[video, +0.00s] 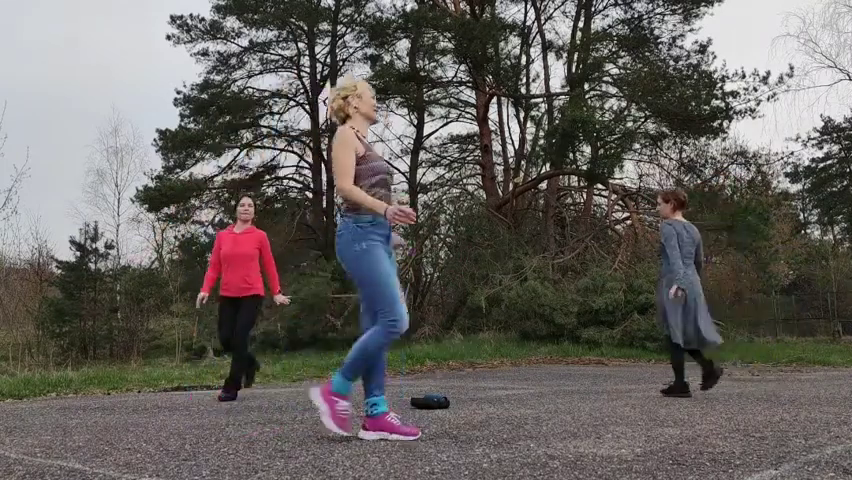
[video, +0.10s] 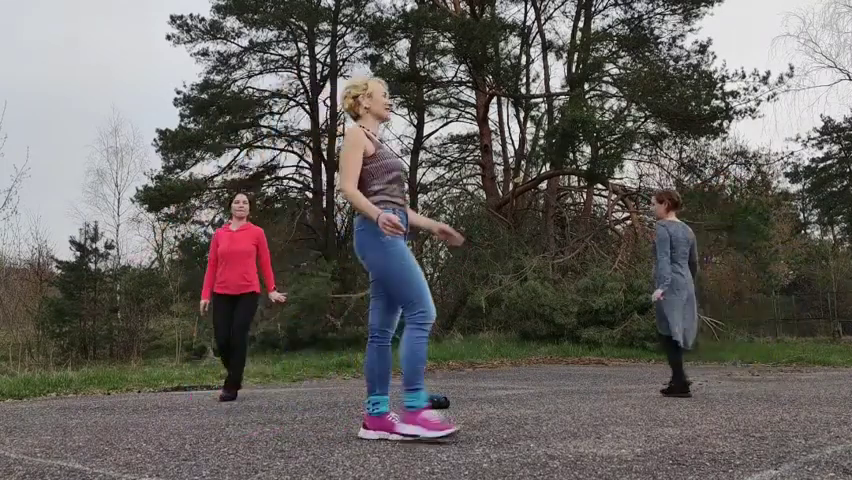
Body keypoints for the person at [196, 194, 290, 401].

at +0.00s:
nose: (246, 208)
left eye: (249, 206)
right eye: (242, 205)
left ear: (254, 211)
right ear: (236, 210)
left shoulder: (259, 235)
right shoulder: (223, 235)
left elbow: (269, 264)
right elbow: (214, 265)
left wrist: (276, 292)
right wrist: (205, 289)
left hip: (251, 294)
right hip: (228, 294)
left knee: (239, 338)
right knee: (226, 340)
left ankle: (231, 388)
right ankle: (250, 364)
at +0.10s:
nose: (240, 206)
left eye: (244, 203)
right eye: (237, 202)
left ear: (249, 208)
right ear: (230, 207)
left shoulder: (256, 232)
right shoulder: (219, 234)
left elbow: (265, 261)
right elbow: (212, 265)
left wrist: (271, 289)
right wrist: (205, 294)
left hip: (247, 292)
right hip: (222, 292)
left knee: (238, 337)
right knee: (221, 341)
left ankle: (232, 387)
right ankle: (234, 373)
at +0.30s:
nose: (231, 208)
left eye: (234, 205)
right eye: (227, 205)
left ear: (240, 209)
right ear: (222, 209)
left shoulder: (248, 234)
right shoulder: (213, 234)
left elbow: (251, 262)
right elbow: (208, 262)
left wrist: (249, 286)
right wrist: (206, 286)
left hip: (238, 294)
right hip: (214, 293)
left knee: (234, 341)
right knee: (206, 337)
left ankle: (231, 388)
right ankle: (203, 384)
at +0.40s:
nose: (226, 203)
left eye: (229, 200)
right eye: (222, 200)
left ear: (236, 203)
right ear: (217, 204)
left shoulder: (242, 224)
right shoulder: (212, 225)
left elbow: (241, 246)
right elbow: (209, 251)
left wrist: (234, 261)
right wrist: (207, 275)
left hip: (233, 285)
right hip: (207, 284)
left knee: (230, 336)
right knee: (202, 331)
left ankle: (228, 385)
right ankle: (194, 379)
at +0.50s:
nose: (222, 198)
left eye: (226, 194)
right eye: (218, 195)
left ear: (231, 197)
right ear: (212, 199)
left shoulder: (237, 217)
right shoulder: (208, 221)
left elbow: (230, 235)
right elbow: (204, 242)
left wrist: (218, 244)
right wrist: (208, 245)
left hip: (227, 280)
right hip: (202, 279)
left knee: (227, 334)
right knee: (198, 328)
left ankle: (228, 382)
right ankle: (190, 375)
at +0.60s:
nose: (217, 197)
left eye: (221, 193)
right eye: (213, 194)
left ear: (228, 196)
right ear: (208, 197)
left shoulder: (231, 216)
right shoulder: (205, 218)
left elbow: (220, 233)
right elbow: (200, 238)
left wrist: (204, 241)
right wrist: (200, 241)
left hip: (221, 281)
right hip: (195, 280)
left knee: (223, 333)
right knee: (193, 331)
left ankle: (228, 382)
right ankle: (192, 382)